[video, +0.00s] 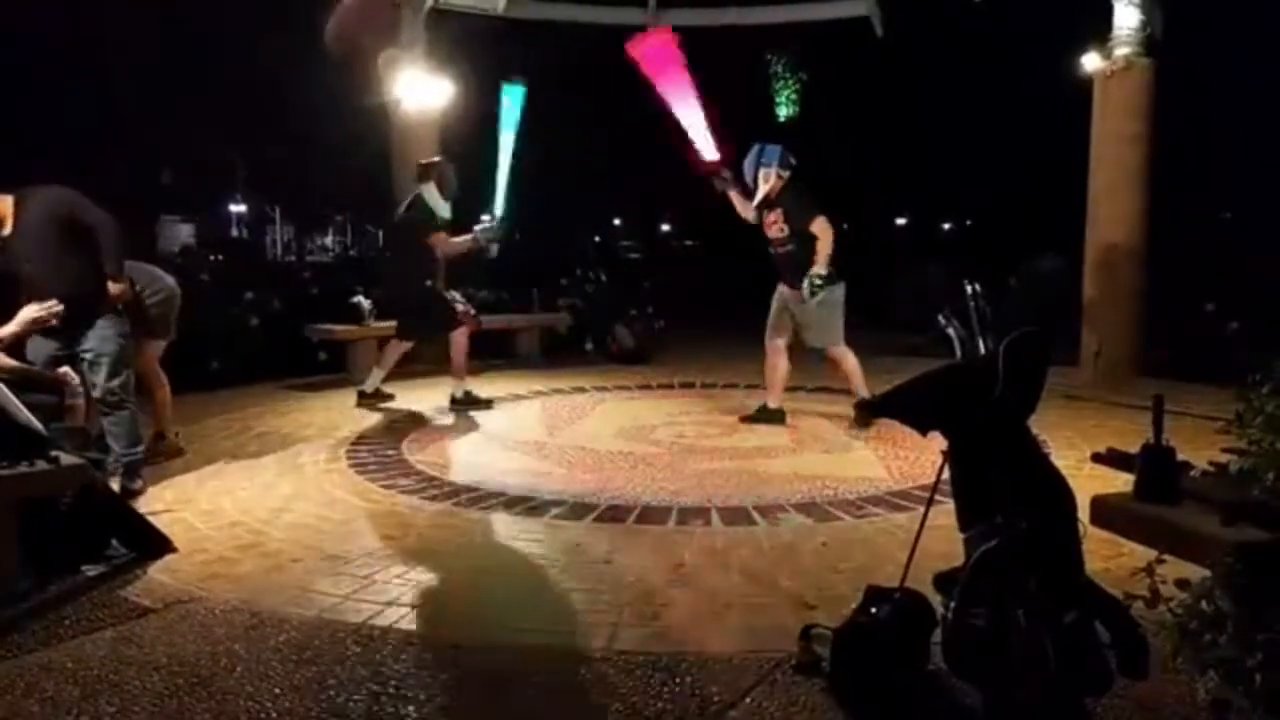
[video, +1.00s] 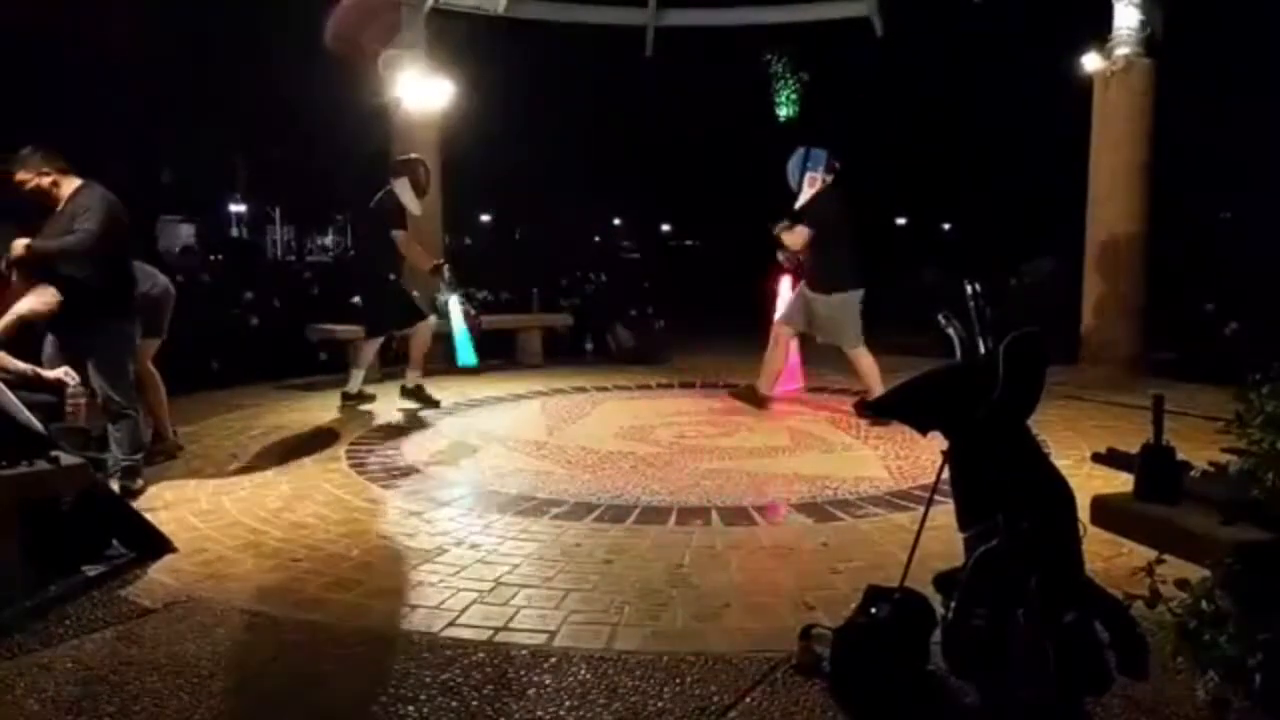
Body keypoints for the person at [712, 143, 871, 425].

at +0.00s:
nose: (760, 182)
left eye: (764, 175)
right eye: (758, 176)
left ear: (777, 174)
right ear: (758, 175)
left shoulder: (795, 200)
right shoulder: (766, 201)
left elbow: (825, 232)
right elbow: (748, 214)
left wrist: (819, 269)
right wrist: (730, 190)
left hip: (819, 287)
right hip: (787, 288)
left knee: (835, 348)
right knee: (775, 343)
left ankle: (863, 400)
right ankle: (773, 406)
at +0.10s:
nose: (769, 180)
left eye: (774, 174)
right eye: (767, 173)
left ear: (787, 175)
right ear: (763, 173)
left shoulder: (802, 203)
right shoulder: (769, 203)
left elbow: (827, 238)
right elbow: (763, 231)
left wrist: (814, 273)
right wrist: (741, 207)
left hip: (823, 289)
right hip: (788, 288)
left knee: (838, 349)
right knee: (771, 341)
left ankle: (869, 397)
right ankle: (772, 406)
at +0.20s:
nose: (786, 192)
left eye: (790, 185)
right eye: (782, 186)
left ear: (801, 183)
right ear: (776, 185)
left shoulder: (818, 209)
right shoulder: (785, 214)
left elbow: (839, 248)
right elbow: (785, 253)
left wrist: (816, 280)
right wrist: (759, 236)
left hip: (833, 294)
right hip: (796, 292)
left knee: (843, 355)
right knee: (772, 341)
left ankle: (873, 399)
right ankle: (772, 405)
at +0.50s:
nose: (817, 182)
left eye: (821, 175)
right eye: (815, 175)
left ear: (832, 173)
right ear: (813, 174)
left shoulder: (845, 200)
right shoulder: (821, 203)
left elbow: (861, 242)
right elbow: (826, 249)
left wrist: (831, 268)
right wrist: (792, 260)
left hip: (854, 287)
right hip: (824, 285)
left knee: (857, 349)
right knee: (799, 335)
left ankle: (879, 401)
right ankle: (788, 400)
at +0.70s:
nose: (816, 181)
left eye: (821, 174)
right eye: (817, 174)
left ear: (833, 174)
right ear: (826, 174)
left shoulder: (848, 200)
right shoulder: (827, 202)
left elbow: (842, 247)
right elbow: (830, 251)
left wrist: (806, 250)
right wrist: (804, 269)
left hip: (853, 289)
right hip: (827, 285)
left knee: (857, 349)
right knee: (798, 333)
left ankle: (879, 402)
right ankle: (810, 397)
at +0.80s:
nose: (812, 183)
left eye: (815, 177)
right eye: (812, 177)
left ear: (827, 176)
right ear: (832, 176)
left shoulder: (839, 203)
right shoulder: (831, 202)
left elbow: (820, 247)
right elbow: (833, 250)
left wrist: (789, 232)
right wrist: (807, 267)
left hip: (850, 289)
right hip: (825, 286)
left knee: (855, 348)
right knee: (787, 325)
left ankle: (879, 399)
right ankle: (799, 391)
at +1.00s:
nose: (799, 185)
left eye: (802, 179)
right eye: (801, 179)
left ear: (813, 177)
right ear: (821, 176)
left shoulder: (824, 201)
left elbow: (796, 241)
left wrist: (781, 229)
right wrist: (793, 255)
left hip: (839, 289)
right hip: (813, 287)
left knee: (854, 347)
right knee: (782, 331)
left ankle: (879, 398)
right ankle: (762, 391)